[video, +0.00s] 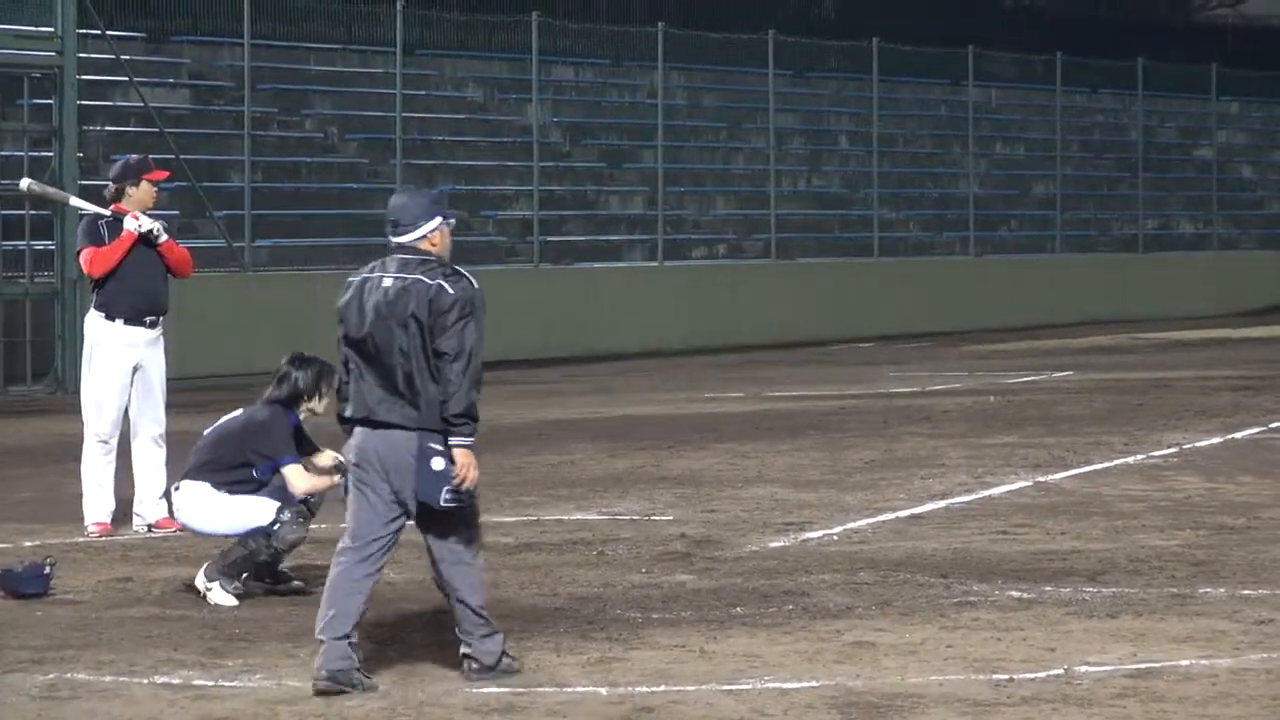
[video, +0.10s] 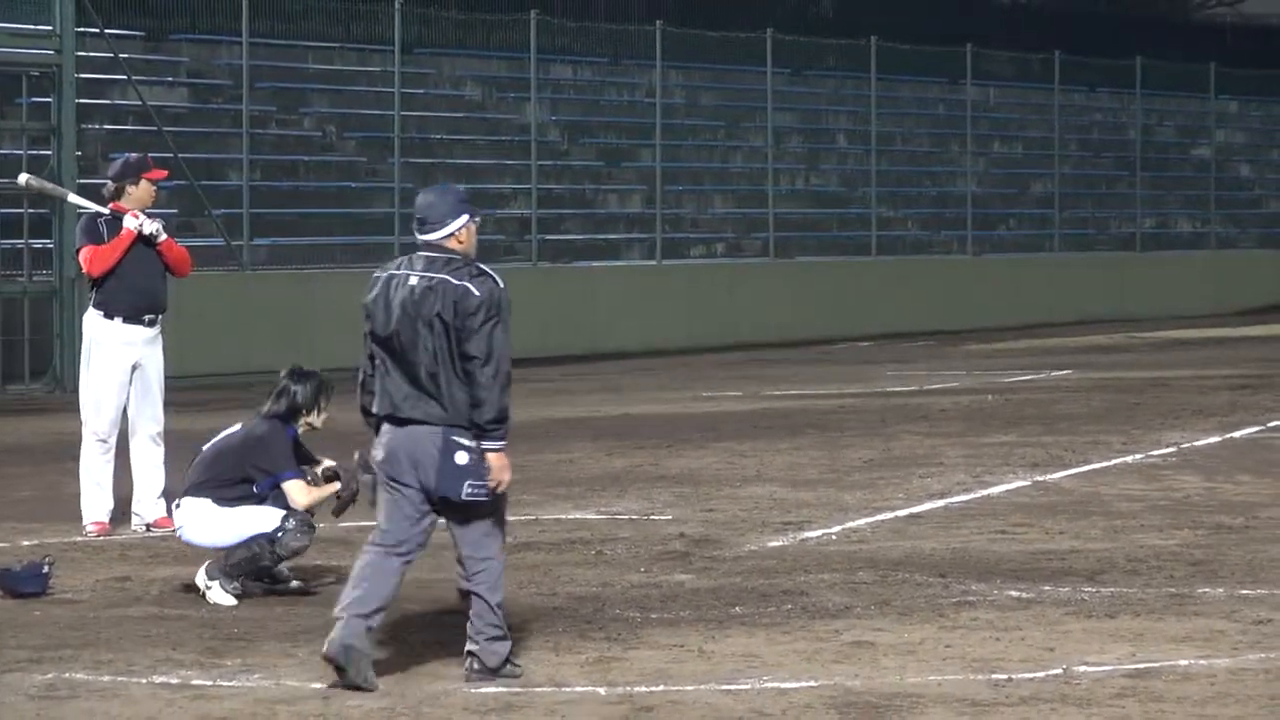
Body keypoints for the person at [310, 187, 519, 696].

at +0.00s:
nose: (449, 233)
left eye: (445, 225)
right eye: (444, 227)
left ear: (398, 235)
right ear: (431, 235)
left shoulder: (361, 283)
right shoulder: (452, 287)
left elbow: (349, 365)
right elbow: (458, 372)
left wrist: (354, 427)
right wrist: (462, 440)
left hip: (369, 436)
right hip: (427, 440)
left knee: (358, 550)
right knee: (456, 552)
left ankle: (333, 663)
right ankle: (484, 654)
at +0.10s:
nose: (476, 230)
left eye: (472, 222)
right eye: (471, 224)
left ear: (426, 231)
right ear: (456, 232)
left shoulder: (387, 278)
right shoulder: (479, 286)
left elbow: (372, 364)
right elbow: (489, 373)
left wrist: (378, 427)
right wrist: (495, 444)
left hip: (397, 433)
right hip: (457, 438)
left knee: (391, 542)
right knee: (482, 552)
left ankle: (351, 634)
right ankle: (488, 655)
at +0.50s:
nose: (564, 226)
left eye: (560, 218)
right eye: (558, 219)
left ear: (517, 227)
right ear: (542, 227)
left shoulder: (476, 273)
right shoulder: (563, 278)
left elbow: (464, 354)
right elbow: (591, 352)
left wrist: (472, 409)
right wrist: (617, 405)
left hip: (485, 422)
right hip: (532, 424)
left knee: (529, 530)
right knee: (520, 537)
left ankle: (575, 628)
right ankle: (491, 650)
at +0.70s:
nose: (597, 232)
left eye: (593, 224)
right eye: (592, 225)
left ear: (548, 231)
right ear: (579, 230)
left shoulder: (515, 280)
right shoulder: (598, 279)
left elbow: (505, 363)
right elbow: (620, 358)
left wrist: (509, 430)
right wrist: (635, 428)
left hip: (530, 426)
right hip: (576, 426)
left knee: (578, 526)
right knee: (580, 528)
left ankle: (595, 635)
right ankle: (511, 626)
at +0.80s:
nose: (618, 224)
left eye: (614, 216)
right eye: (614, 218)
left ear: (569, 224)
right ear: (604, 224)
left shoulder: (536, 273)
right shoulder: (620, 273)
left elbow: (525, 356)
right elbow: (637, 355)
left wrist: (531, 423)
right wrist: (648, 424)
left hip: (551, 422)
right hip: (602, 423)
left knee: (583, 531)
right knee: (628, 525)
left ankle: (596, 634)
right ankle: (560, 606)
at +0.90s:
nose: (635, 220)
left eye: (632, 212)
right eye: (631, 214)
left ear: (586, 219)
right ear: (620, 219)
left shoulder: (553, 267)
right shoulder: (637, 268)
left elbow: (542, 350)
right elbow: (648, 349)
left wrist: (548, 412)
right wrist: (659, 415)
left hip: (569, 418)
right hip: (621, 417)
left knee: (590, 523)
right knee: (658, 508)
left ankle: (589, 626)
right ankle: (615, 609)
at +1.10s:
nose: (681, 225)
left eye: (677, 217)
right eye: (676, 219)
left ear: (633, 224)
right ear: (663, 224)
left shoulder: (595, 270)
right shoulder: (682, 273)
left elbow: (584, 353)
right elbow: (692, 356)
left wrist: (590, 410)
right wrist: (700, 422)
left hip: (608, 418)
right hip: (665, 421)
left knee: (605, 526)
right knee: (698, 524)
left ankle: (593, 633)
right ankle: (737, 622)